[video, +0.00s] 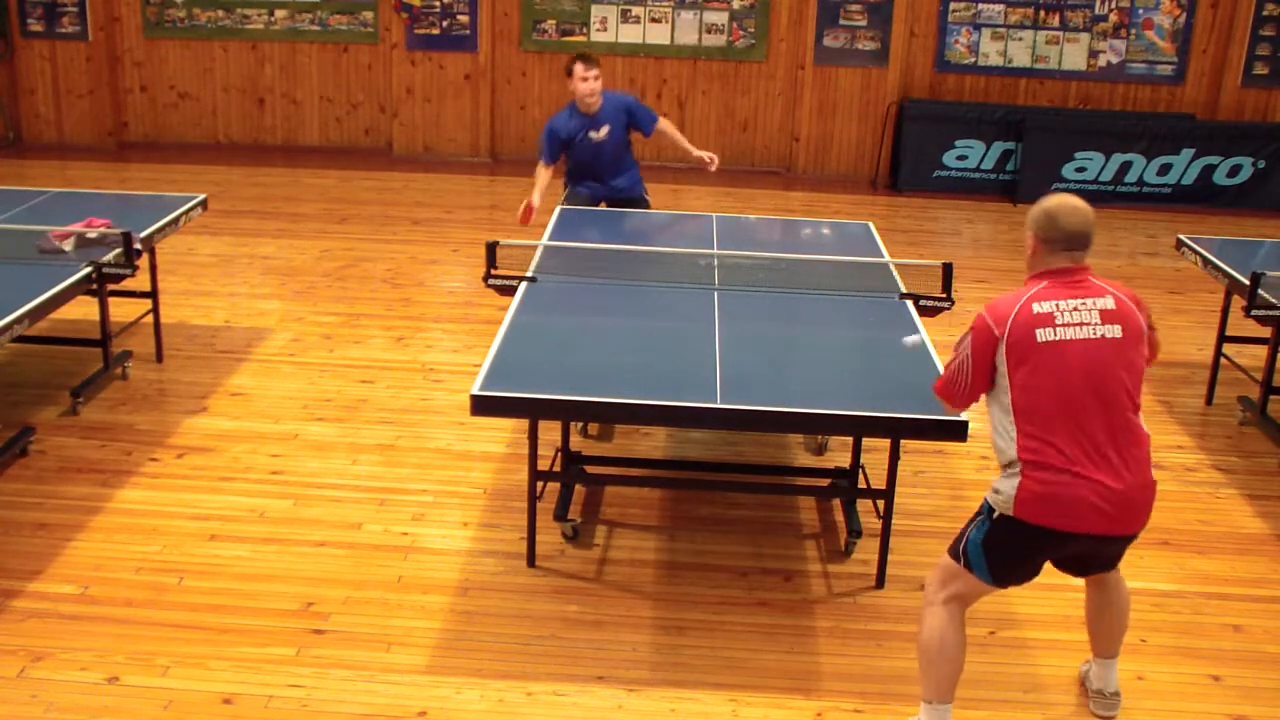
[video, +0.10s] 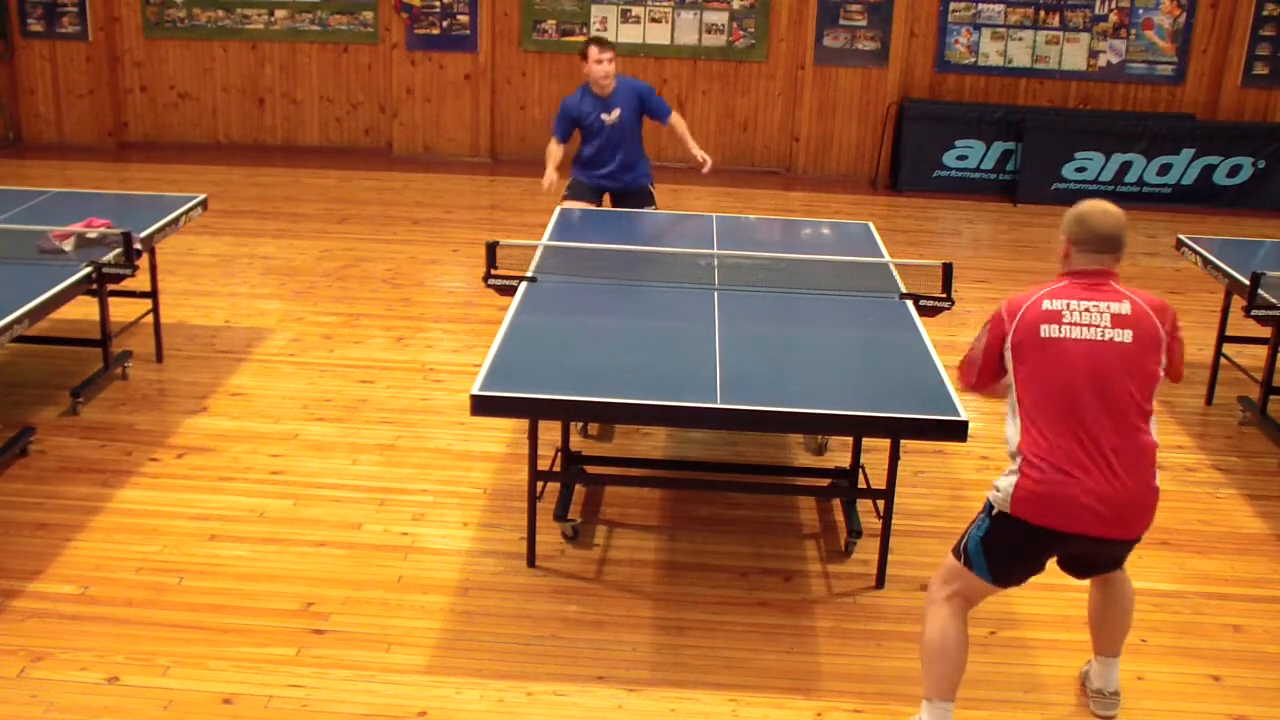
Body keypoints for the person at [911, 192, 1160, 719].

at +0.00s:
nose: (1024, 242)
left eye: (1026, 234)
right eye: (1028, 233)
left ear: (1034, 242)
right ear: (1089, 246)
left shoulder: (1003, 314)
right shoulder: (1129, 307)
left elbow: (953, 393)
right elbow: (1148, 353)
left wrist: (962, 357)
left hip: (1036, 508)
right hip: (1124, 509)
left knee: (945, 593)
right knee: (1103, 569)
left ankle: (934, 713)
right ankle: (1106, 682)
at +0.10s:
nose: (1062, 247)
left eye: (1063, 240)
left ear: (1065, 246)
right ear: (1122, 251)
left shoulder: (1021, 309)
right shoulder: (1157, 315)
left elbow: (976, 379)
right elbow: (1173, 371)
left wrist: (1040, 375)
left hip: (1037, 503)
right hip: (1125, 511)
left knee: (949, 593)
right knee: (1109, 569)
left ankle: (935, 713)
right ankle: (1106, 683)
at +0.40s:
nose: (1101, 242)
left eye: (1105, 237)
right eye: (1105, 236)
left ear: (1111, 248)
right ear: (1168, 260)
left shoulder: (1069, 307)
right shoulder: (1192, 339)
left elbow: (957, 303)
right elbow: (1245, 426)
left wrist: (895, 264)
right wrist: (1254, 456)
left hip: (1046, 502)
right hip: (1127, 518)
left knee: (948, 591)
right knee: (1102, 561)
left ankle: (927, 715)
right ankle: (1099, 680)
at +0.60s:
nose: (1070, 243)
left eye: (1073, 237)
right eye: (1074, 234)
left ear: (1082, 248)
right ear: (1139, 255)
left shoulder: (1044, 321)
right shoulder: (1172, 338)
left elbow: (956, 385)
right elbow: (1210, 434)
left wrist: (899, 364)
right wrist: (1216, 494)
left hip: (1034, 514)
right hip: (1118, 521)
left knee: (959, 635)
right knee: (1101, 576)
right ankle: (1101, 679)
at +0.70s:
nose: (1041, 237)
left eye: (1044, 229)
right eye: (1044, 226)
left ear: (1054, 242)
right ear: (1111, 246)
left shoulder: (1022, 317)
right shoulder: (1155, 324)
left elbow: (952, 396)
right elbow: (1182, 417)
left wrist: (897, 390)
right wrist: (1154, 464)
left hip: (1036, 518)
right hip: (1122, 519)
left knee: (956, 639)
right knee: (1099, 589)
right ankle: (1114, 699)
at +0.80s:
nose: (1014, 240)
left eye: (1017, 232)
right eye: (1016, 230)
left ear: (1027, 246)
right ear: (1085, 248)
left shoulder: (1013, 331)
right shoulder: (1127, 319)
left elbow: (952, 433)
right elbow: (1153, 393)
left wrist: (901, 433)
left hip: (1046, 530)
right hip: (1128, 526)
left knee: (949, 649)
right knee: (1094, 611)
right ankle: (1142, 716)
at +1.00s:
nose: (977, 295)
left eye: (980, 287)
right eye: (980, 285)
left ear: (996, 303)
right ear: (1050, 294)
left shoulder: (1028, 387)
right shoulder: (1080, 340)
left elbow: (1012, 504)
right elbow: (1040, 373)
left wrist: (925, 546)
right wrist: (991, 383)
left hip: (1066, 573)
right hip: (1124, 551)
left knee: (927, 660)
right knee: (1095, 639)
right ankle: (1146, 718)